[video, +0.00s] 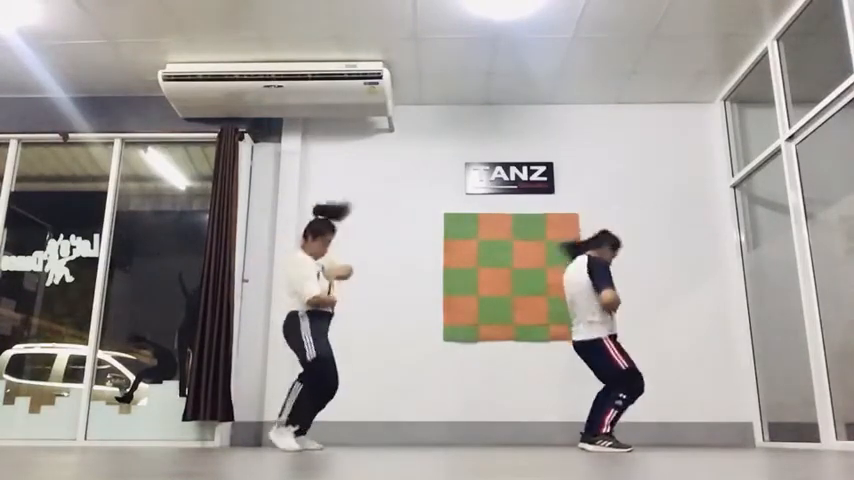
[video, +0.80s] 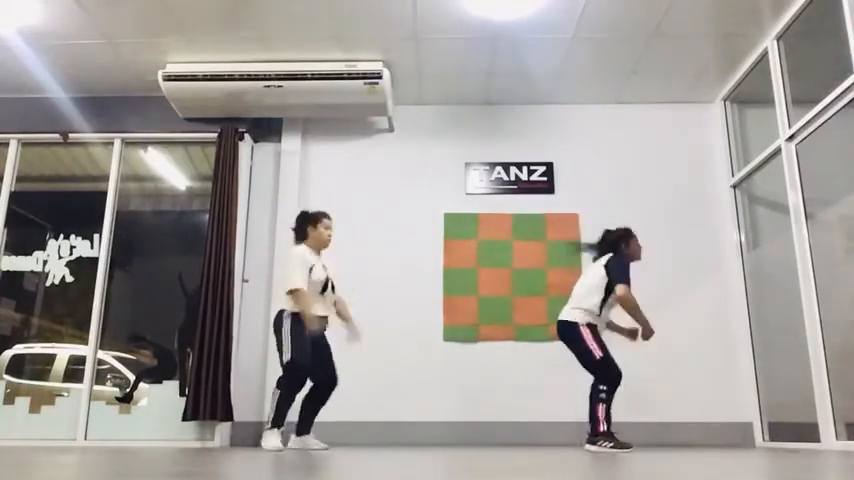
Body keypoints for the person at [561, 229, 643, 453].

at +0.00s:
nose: (612, 259)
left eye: (614, 255)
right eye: (612, 253)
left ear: (591, 248)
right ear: (602, 248)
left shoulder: (573, 267)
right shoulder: (595, 263)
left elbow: (577, 303)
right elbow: (608, 298)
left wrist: (602, 304)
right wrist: (613, 305)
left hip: (582, 338)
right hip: (598, 337)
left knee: (615, 383)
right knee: (633, 383)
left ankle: (592, 433)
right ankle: (601, 434)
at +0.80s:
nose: (640, 246)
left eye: (637, 242)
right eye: (635, 242)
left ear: (618, 247)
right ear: (624, 246)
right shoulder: (618, 261)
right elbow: (623, 295)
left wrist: (624, 331)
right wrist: (645, 324)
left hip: (575, 322)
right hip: (577, 323)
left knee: (606, 376)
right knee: (610, 375)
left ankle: (599, 434)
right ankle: (599, 435)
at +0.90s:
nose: (643, 254)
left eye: (642, 249)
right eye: (639, 249)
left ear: (625, 249)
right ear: (626, 249)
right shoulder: (611, 262)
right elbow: (614, 284)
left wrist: (635, 340)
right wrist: (642, 314)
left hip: (583, 325)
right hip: (570, 321)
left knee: (614, 376)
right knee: (599, 371)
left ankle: (601, 432)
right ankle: (593, 434)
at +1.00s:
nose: (635, 256)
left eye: (637, 251)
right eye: (630, 250)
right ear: (614, 251)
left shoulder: (615, 287)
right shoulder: (597, 266)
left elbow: (618, 327)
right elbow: (599, 257)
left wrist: (655, 329)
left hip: (591, 334)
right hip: (568, 326)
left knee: (625, 370)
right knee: (591, 373)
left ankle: (607, 428)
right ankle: (577, 435)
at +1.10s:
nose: (621, 248)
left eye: (626, 246)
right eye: (618, 243)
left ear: (629, 253)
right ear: (607, 244)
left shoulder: (620, 284)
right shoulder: (591, 260)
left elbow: (630, 312)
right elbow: (570, 239)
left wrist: (656, 294)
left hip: (595, 334)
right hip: (569, 324)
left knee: (625, 376)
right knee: (582, 374)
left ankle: (613, 431)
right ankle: (577, 435)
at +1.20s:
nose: (604, 239)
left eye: (609, 236)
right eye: (600, 234)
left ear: (618, 241)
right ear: (593, 236)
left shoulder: (621, 270)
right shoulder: (581, 255)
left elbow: (641, 284)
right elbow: (555, 233)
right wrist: (579, 223)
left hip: (598, 330)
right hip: (570, 323)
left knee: (617, 380)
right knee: (573, 369)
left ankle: (610, 434)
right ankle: (567, 430)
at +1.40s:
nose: (584, 232)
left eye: (588, 228)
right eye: (579, 228)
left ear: (593, 234)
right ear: (569, 234)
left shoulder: (603, 254)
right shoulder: (561, 254)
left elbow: (634, 247)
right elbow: (529, 243)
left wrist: (632, 225)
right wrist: (545, 219)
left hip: (597, 327)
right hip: (568, 326)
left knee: (617, 376)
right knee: (557, 380)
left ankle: (620, 430)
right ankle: (548, 433)